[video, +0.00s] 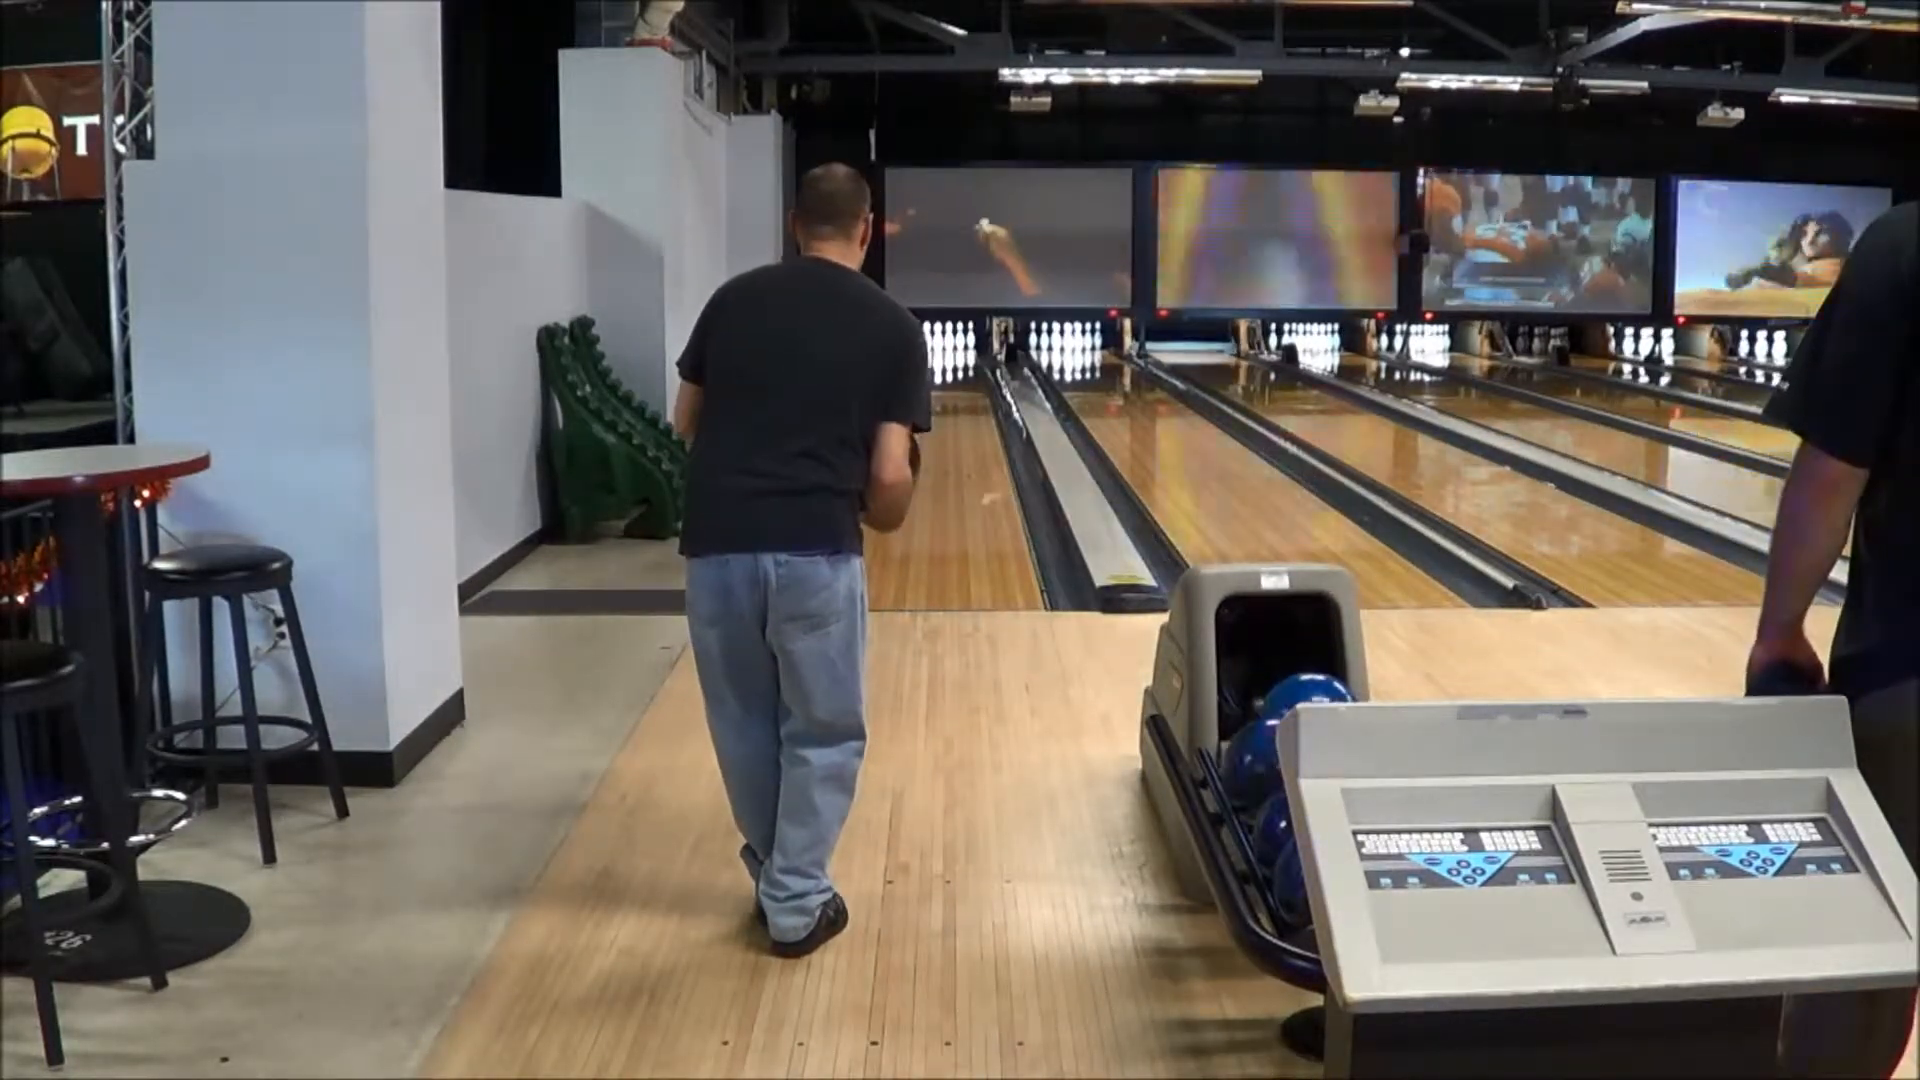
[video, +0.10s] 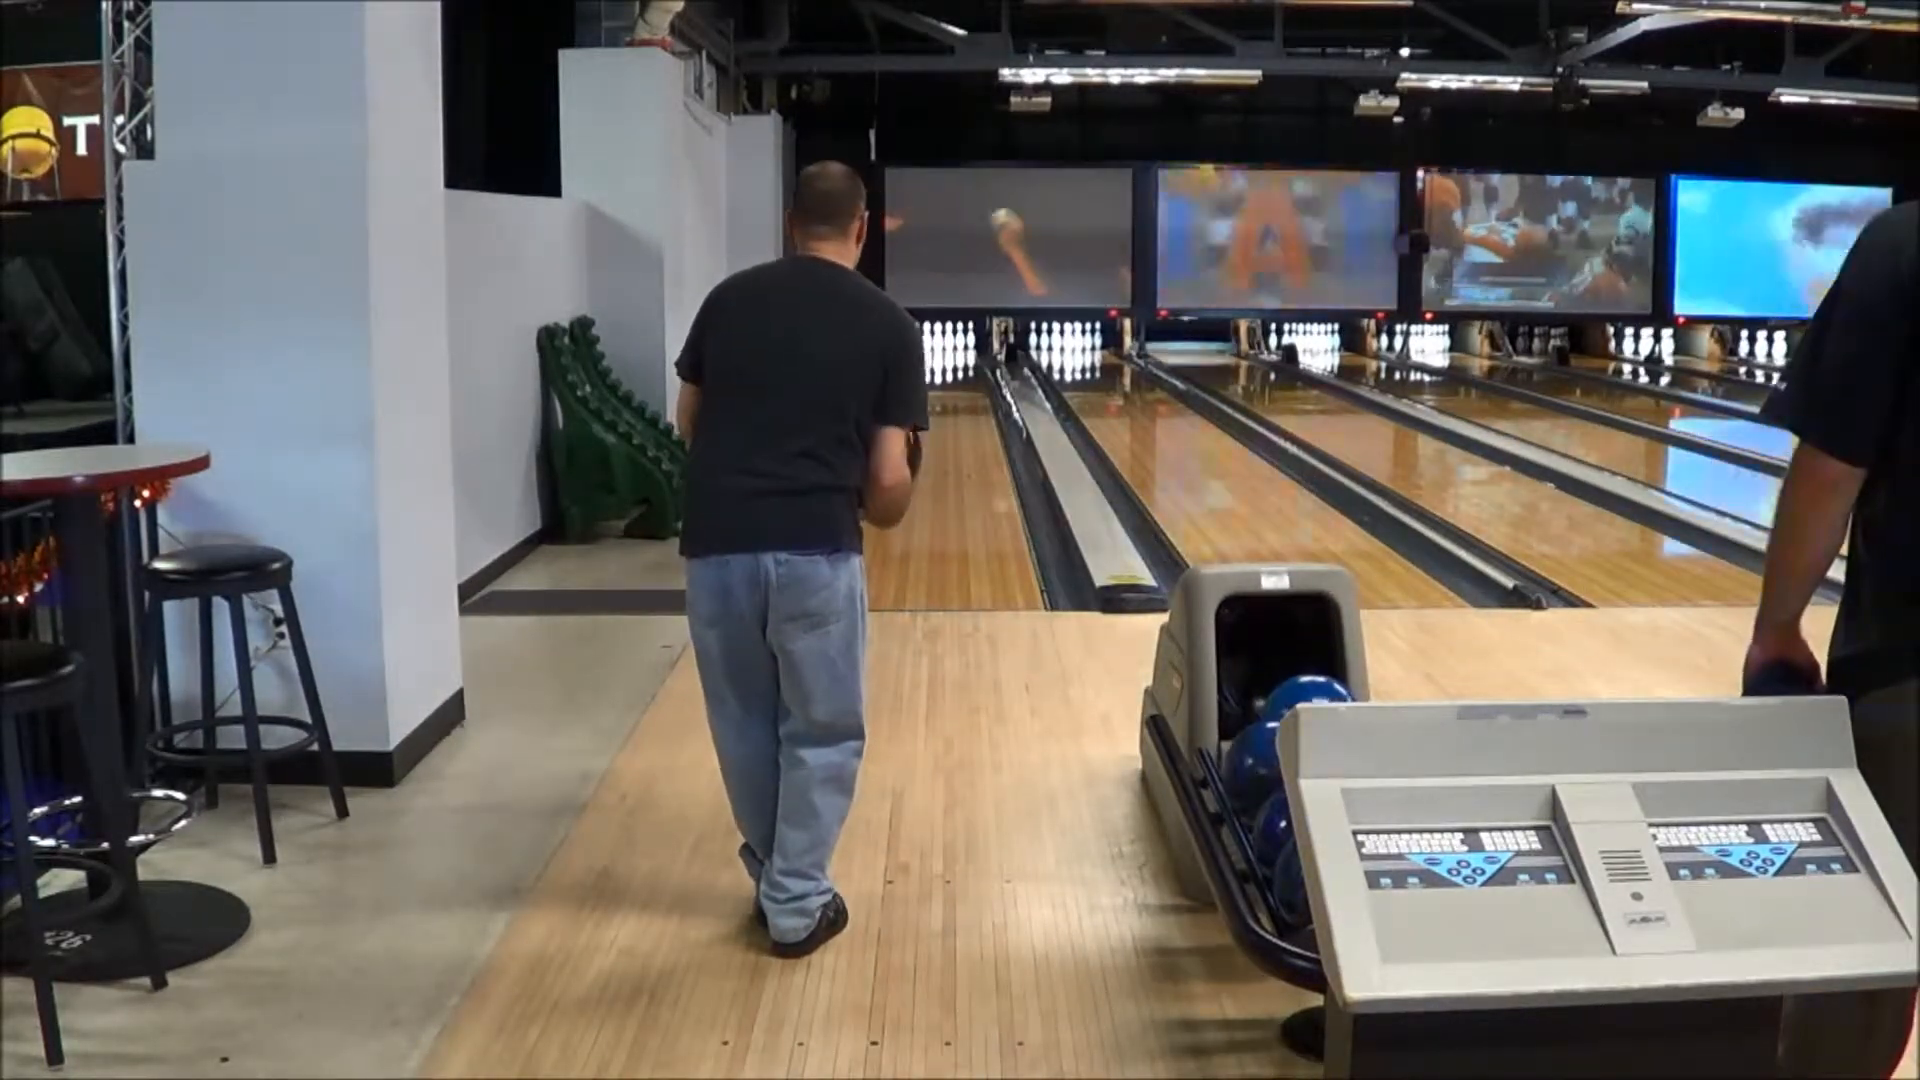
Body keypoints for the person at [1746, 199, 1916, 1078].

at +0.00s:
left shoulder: (1899, 248)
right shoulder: (1894, 249)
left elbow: (1832, 464)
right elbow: (1834, 463)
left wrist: (1780, 627)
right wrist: (1784, 627)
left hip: (1898, 669)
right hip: (1888, 663)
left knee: (1873, 918)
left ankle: (1836, 1060)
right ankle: (1835, 1055)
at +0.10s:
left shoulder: (1901, 245)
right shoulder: (1895, 246)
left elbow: (1831, 459)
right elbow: (1833, 458)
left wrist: (1777, 624)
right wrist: (1781, 624)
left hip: (1899, 667)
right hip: (1889, 662)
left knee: (1872, 922)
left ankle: (1835, 1061)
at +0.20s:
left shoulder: (1899, 244)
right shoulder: (1894, 244)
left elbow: (1828, 463)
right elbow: (1830, 462)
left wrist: (1775, 623)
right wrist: (1778, 623)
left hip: (1897, 667)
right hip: (1887, 661)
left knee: (1872, 926)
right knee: (1867, 925)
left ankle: (1832, 1062)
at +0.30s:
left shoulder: (1898, 244)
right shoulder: (1892, 244)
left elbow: (1827, 462)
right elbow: (1829, 461)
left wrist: (1773, 624)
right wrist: (1776, 624)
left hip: (1896, 672)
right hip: (1887, 666)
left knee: (1871, 930)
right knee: (1867, 928)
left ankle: (1834, 1062)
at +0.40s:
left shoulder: (1896, 245)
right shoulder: (1891, 245)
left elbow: (1827, 461)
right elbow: (1829, 461)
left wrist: (1771, 626)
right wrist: (1776, 626)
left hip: (1896, 671)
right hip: (1886, 664)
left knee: (1869, 930)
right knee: (1865, 928)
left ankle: (1831, 1063)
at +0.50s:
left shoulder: (1898, 244)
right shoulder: (1893, 244)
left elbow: (1826, 462)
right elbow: (1827, 462)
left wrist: (1769, 630)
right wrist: (1775, 631)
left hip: (1897, 670)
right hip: (1887, 663)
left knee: (1872, 935)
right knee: (1868, 932)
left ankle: (1843, 1059)